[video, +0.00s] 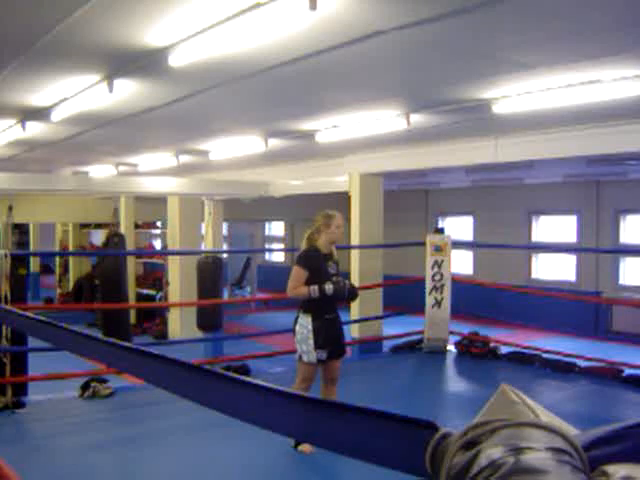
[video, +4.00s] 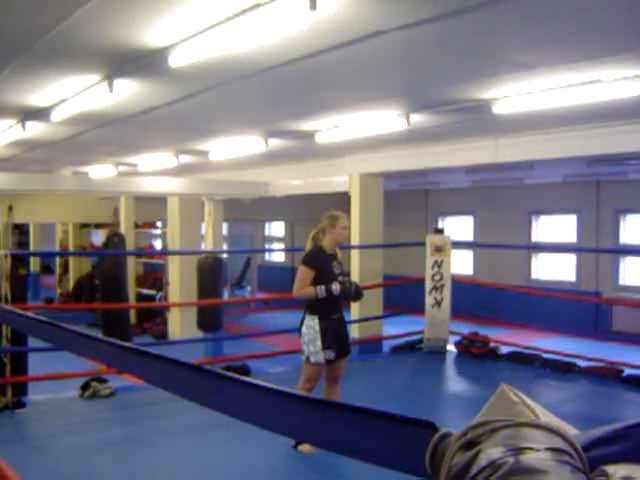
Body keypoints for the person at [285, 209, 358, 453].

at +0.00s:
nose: (341, 233)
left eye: (342, 228)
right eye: (338, 228)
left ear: (334, 230)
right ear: (324, 228)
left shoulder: (332, 258)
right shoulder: (308, 256)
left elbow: (330, 289)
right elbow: (292, 290)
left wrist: (346, 291)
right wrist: (324, 289)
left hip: (331, 317)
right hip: (310, 317)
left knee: (331, 378)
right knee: (305, 379)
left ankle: (329, 429)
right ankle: (300, 433)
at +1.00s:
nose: (346, 233)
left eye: (347, 229)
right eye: (343, 228)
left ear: (337, 230)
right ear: (328, 229)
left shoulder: (336, 258)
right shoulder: (313, 256)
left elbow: (333, 288)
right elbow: (298, 290)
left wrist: (350, 290)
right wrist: (330, 289)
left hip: (335, 318)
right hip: (316, 318)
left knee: (334, 378)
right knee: (309, 380)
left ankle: (330, 428)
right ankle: (300, 431)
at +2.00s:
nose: (346, 233)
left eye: (347, 229)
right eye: (343, 229)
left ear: (336, 230)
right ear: (328, 229)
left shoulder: (334, 257)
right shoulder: (312, 255)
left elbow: (331, 289)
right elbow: (296, 290)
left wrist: (348, 291)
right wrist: (327, 289)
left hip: (334, 317)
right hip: (315, 318)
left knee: (334, 378)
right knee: (308, 379)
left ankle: (329, 429)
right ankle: (299, 431)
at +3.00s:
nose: (346, 233)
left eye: (347, 229)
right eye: (343, 229)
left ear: (338, 231)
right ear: (329, 230)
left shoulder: (336, 258)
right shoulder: (314, 256)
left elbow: (333, 288)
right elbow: (298, 290)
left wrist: (350, 291)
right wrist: (330, 289)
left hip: (335, 318)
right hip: (316, 319)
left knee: (334, 378)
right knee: (309, 379)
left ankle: (329, 428)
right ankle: (299, 431)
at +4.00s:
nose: (347, 233)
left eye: (347, 229)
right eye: (343, 229)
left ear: (338, 230)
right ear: (329, 229)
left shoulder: (335, 258)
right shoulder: (314, 256)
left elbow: (333, 288)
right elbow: (298, 290)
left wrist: (350, 290)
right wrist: (330, 289)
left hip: (335, 318)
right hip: (316, 319)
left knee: (334, 378)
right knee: (309, 380)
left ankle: (330, 429)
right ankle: (298, 431)